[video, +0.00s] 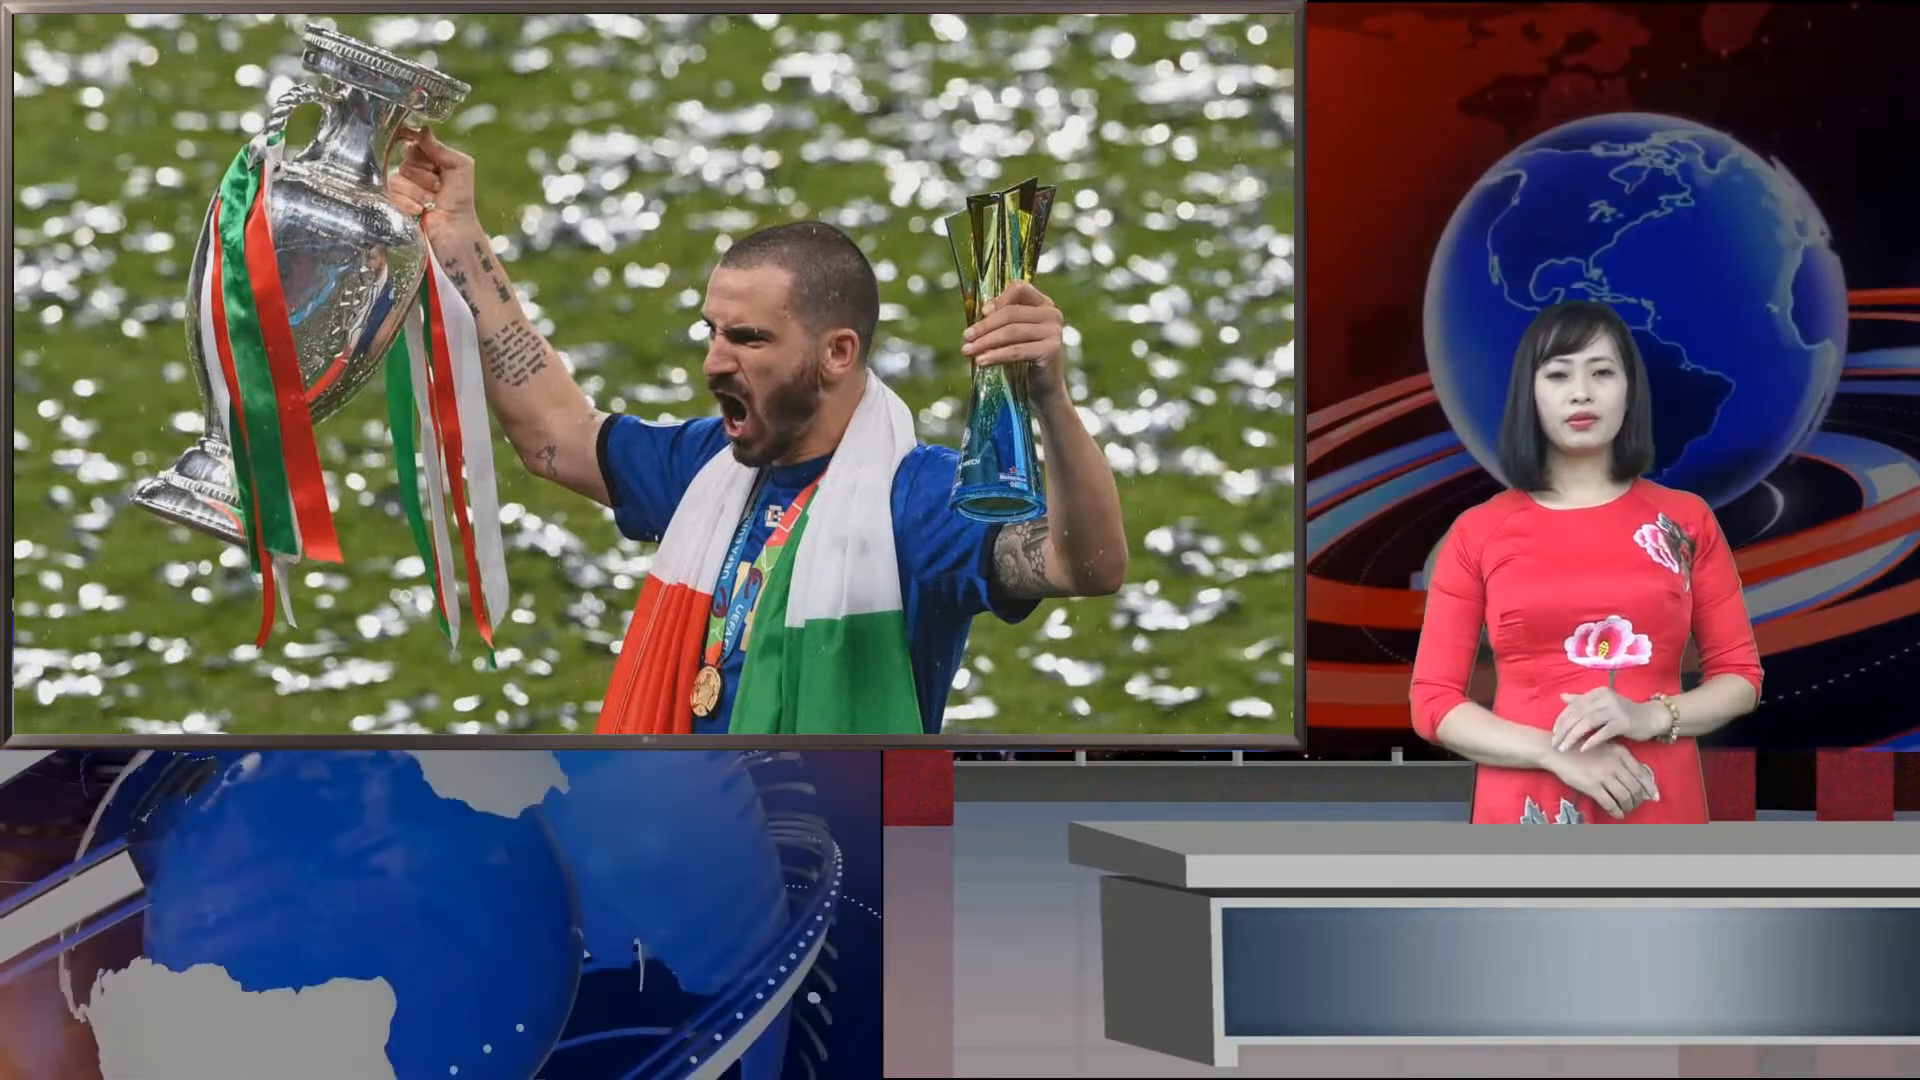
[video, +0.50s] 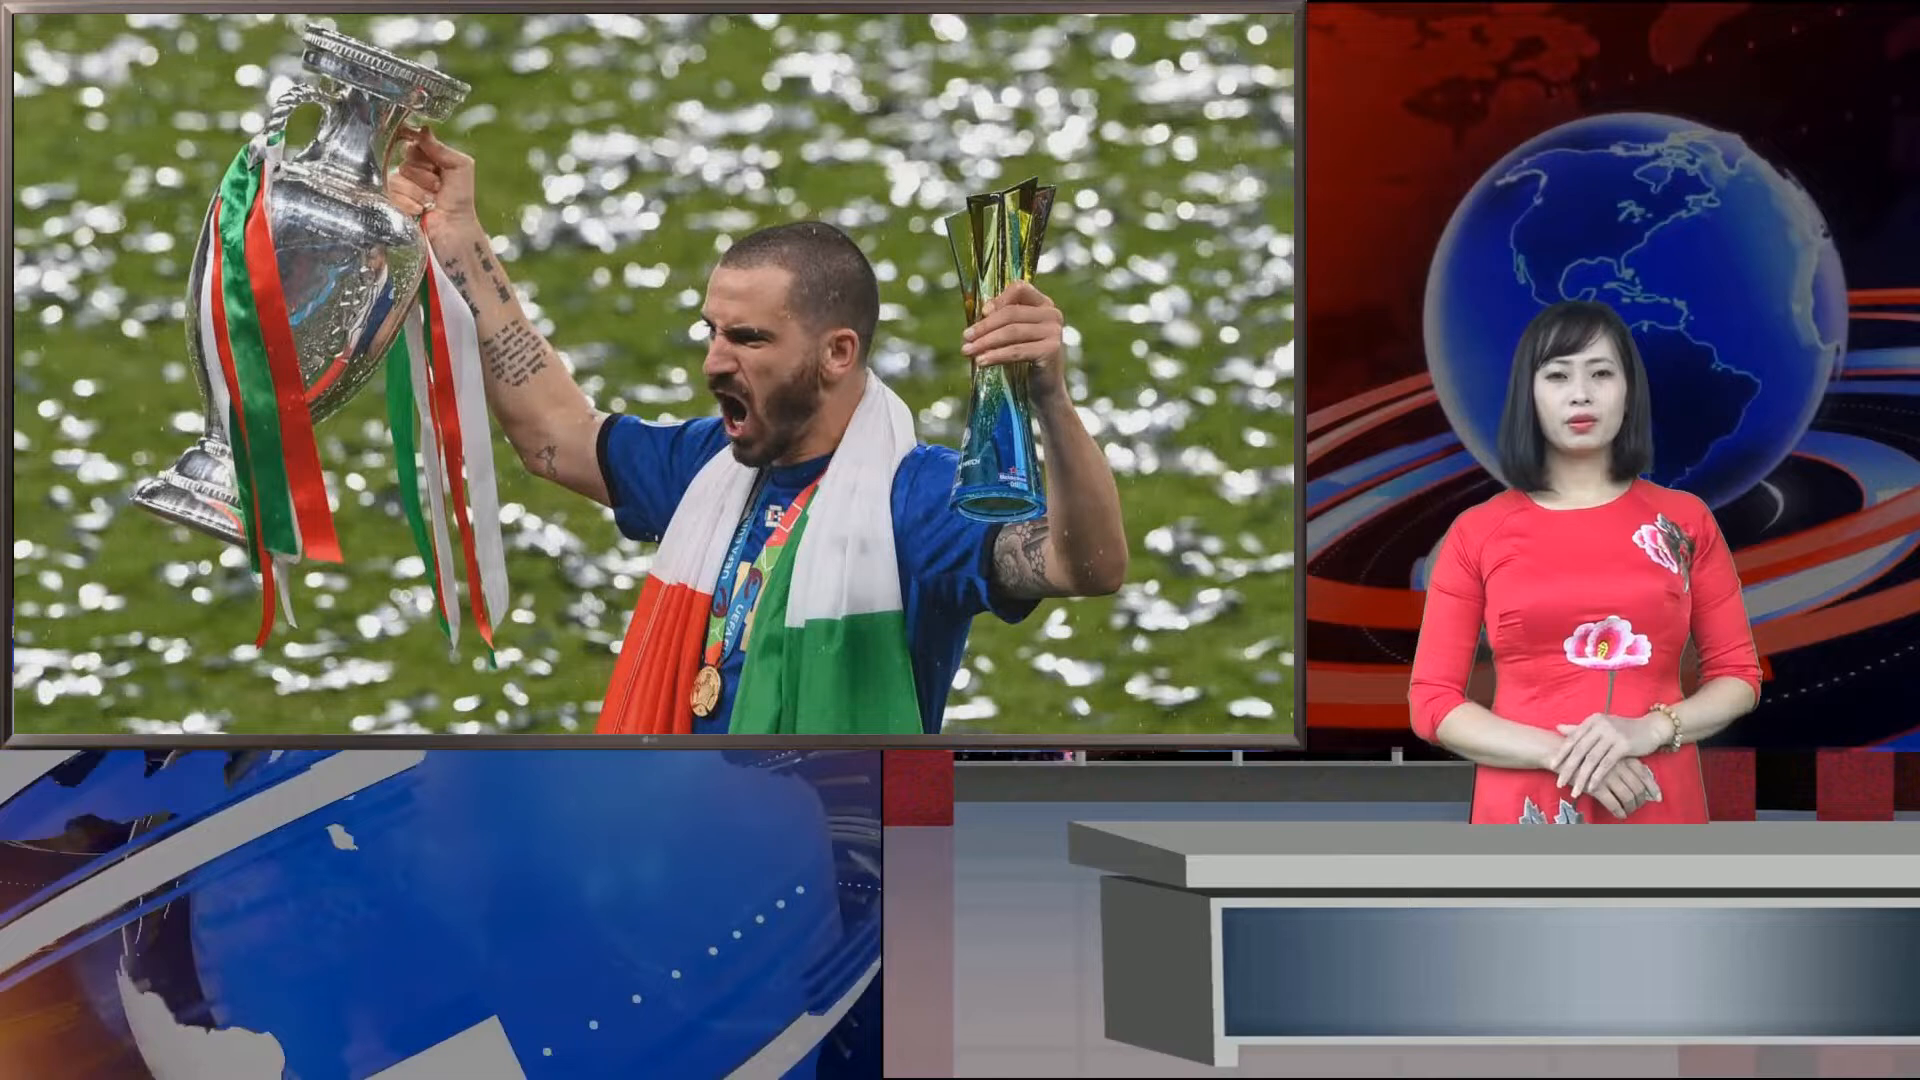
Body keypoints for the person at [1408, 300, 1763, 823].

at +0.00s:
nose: (1581, 392)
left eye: (1602, 372)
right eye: (1559, 374)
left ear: (1629, 391)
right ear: (1531, 393)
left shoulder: (1685, 521)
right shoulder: (1479, 534)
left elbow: (1740, 679)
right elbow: (1433, 701)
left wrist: (1650, 717)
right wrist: (1555, 752)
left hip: (1662, 822)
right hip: (1523, 822)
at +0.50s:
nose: (1580, 394)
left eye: (1601, 374)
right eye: (1558, 375)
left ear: (1628, 391)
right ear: (1530, 393)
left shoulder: (1684, 521)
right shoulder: (1479, 533)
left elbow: (1738, 679)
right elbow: (1432, 702)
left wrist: (1650, 728)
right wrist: (1567, 753)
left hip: (1662, 823)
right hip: (1521, 824)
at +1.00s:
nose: (1581, 393)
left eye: (1602, 374)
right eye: (1559, 376)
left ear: (1630, 392)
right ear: (1531, 394)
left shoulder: (1685, 520)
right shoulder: (1479, 533)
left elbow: (1739, 679)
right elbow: (1433, 701)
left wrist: (1650, 728)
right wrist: (1566, 752)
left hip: (1661, 824)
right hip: (1521, 824)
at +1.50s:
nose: (1579, 393)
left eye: (1601, 374)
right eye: (1558, 375)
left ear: (1628, 392)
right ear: (1530, 393)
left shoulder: (1683, 521)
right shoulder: (1478, 533)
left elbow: (1737, 679)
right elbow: (1432, 701)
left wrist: (1650, 727)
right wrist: (1565, 751)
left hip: (1661, 823)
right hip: (1521, 824)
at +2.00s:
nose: (1580, 394)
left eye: (1601, 375)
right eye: (1558, 376)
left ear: (1629, 391)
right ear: (1530, 394)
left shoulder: (1685, 522)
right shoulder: (1479, 533)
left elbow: (1737, 680)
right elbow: (1432, 701)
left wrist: (1650, 728)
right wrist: (1566, 752)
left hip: (1661, 823)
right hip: (1521, 824)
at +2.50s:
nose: (1581, 393)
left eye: (1603, 374)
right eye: (1560, 375)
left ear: (1632, 392)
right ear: (1532, 392)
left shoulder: (1687, 522)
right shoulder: (1479, 533)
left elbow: (1740, 680)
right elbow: (1433, 701)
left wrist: (1653, 729)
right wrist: (1568, 753)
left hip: (1663, 824)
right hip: (1522, 825)